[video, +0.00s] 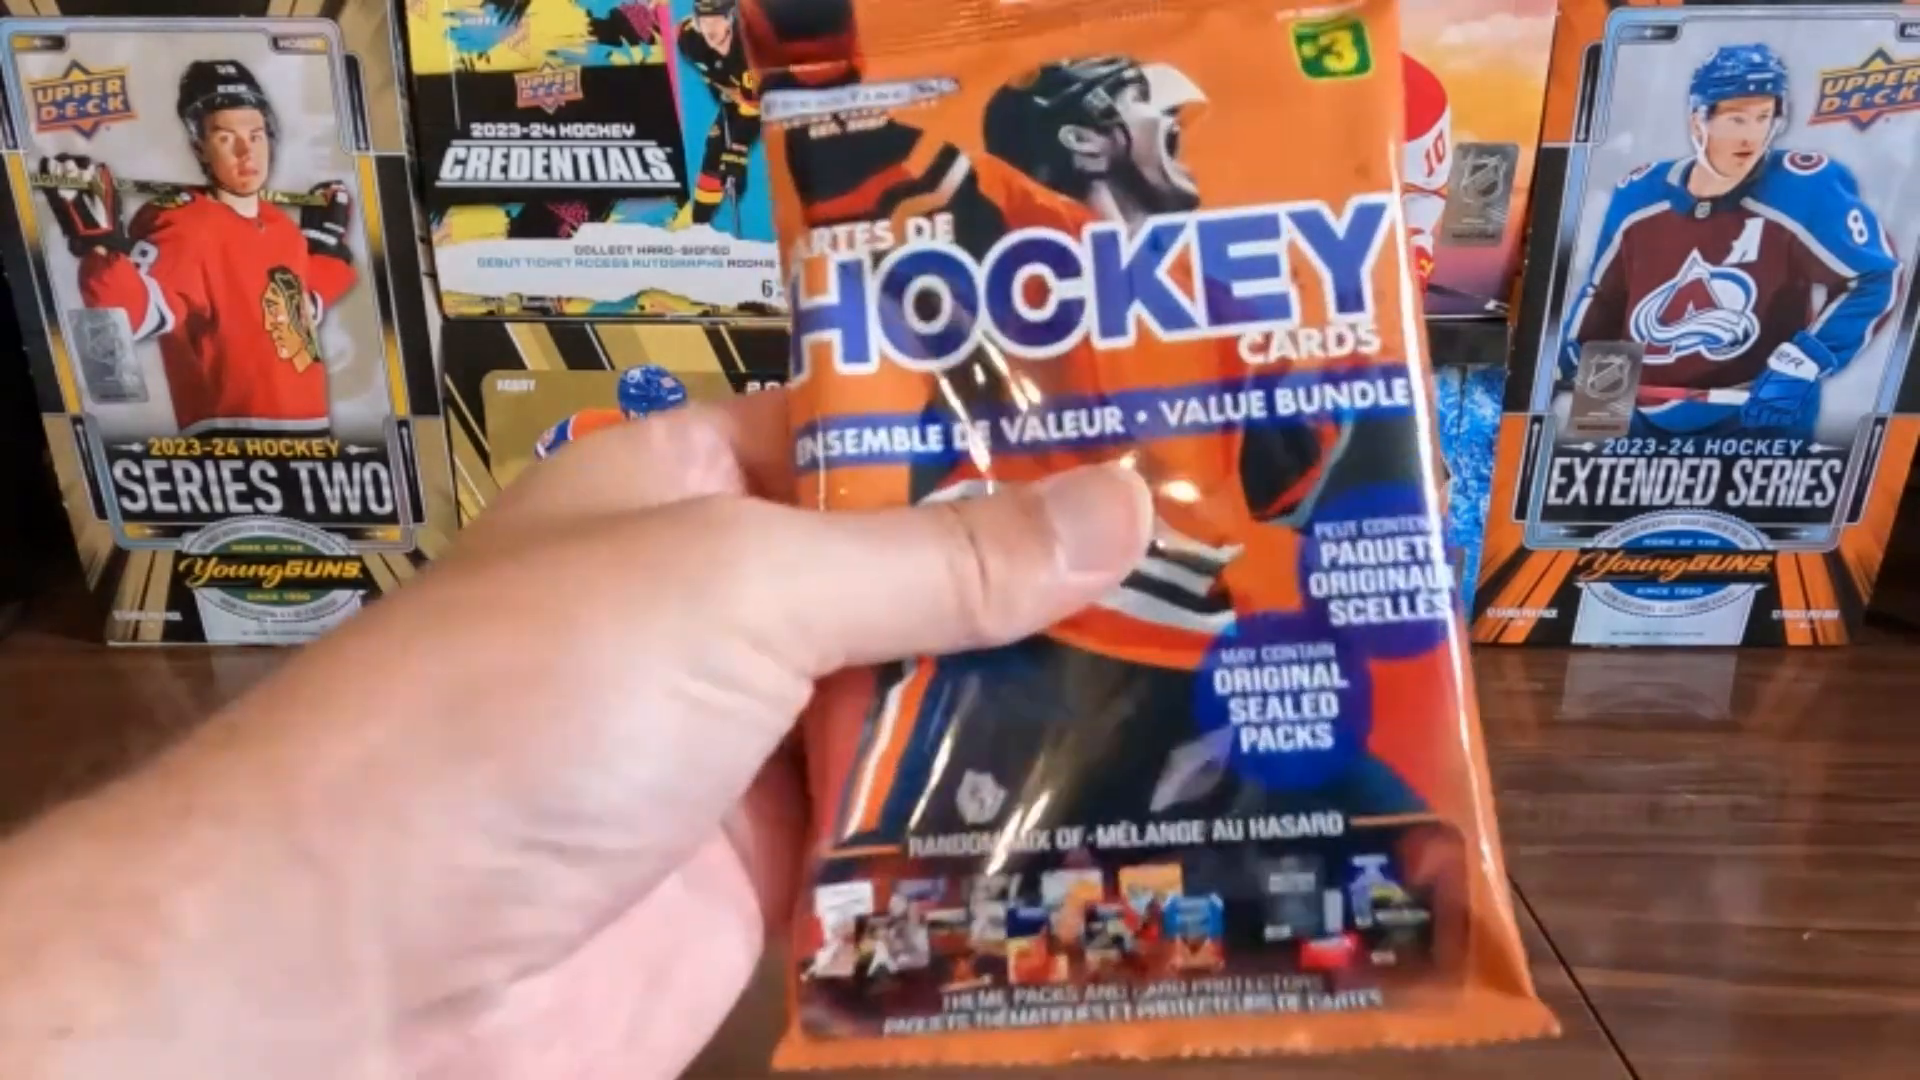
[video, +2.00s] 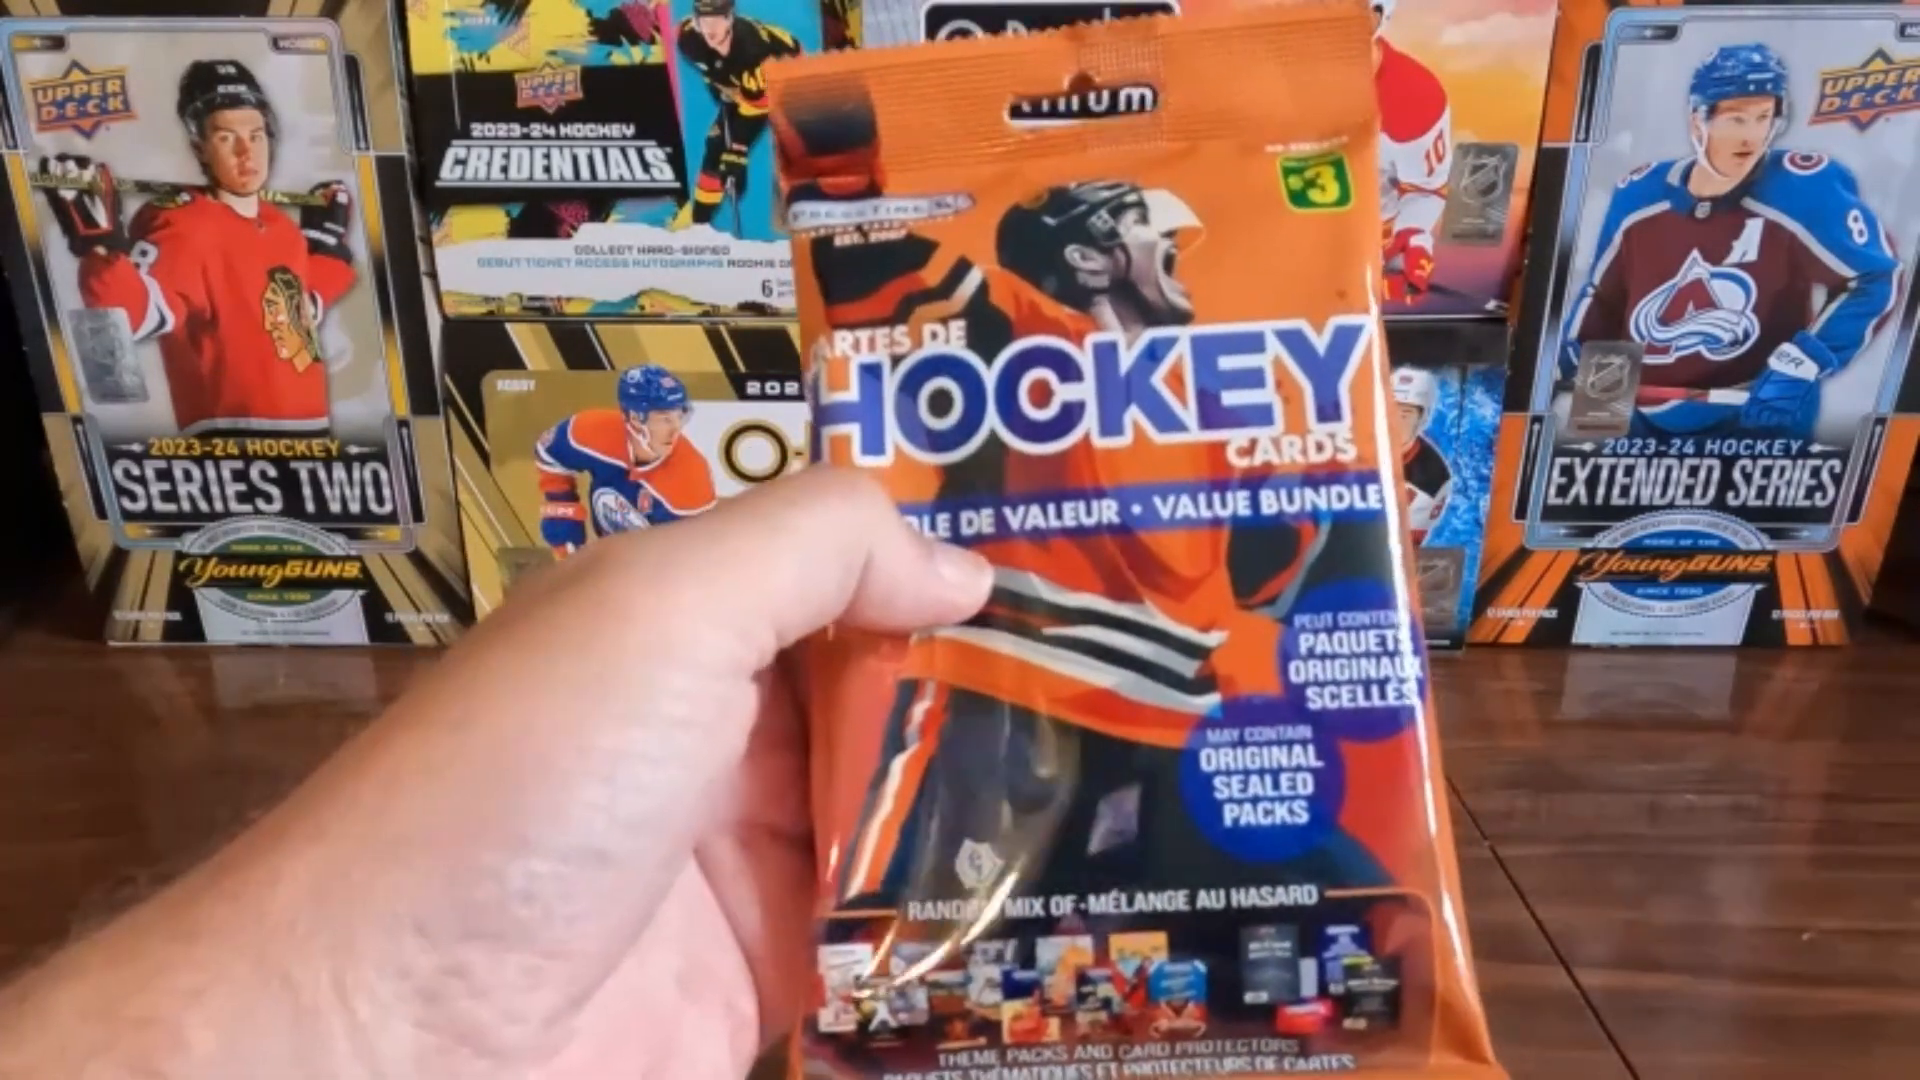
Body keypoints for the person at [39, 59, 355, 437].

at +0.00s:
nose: (247, 152)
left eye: (256, 135)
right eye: (227, 139)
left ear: (270, 139)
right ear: (201, 150)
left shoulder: (283, 227)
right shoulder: (184, 227)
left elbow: (300, 305)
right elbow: (137, 316)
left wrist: (335, 253)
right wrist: (100, 249)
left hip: (307, 433)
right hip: (229, 441)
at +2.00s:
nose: (247, 152)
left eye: (256, 135)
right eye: (227, 138)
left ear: (270, 140)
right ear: (201, 149)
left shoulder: (282, 228)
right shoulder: (184, 226)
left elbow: (301, 306)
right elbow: (141, 315)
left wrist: (334, 251)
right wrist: (101, 250)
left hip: (307, 432)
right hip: (230, 439)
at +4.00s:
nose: (247, 153)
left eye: (256, 135)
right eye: (228, 139)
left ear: (270, 139)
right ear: (200, 150)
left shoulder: (283, 228)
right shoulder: (184, 226)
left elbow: (302, 305)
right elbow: (141, 315)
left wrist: (335, 252)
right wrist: (100, 250)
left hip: (307, 433)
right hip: (230, 440)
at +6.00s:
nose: (246, 150)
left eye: (256, 134)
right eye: (227, 138)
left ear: (270, 139)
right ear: (200, 147)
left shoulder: (280, 225)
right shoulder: (183, 226)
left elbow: (301, 308)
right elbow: (139, 315)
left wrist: (333, 250)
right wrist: (99, 246)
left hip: (308, 424)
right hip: (232, 435)